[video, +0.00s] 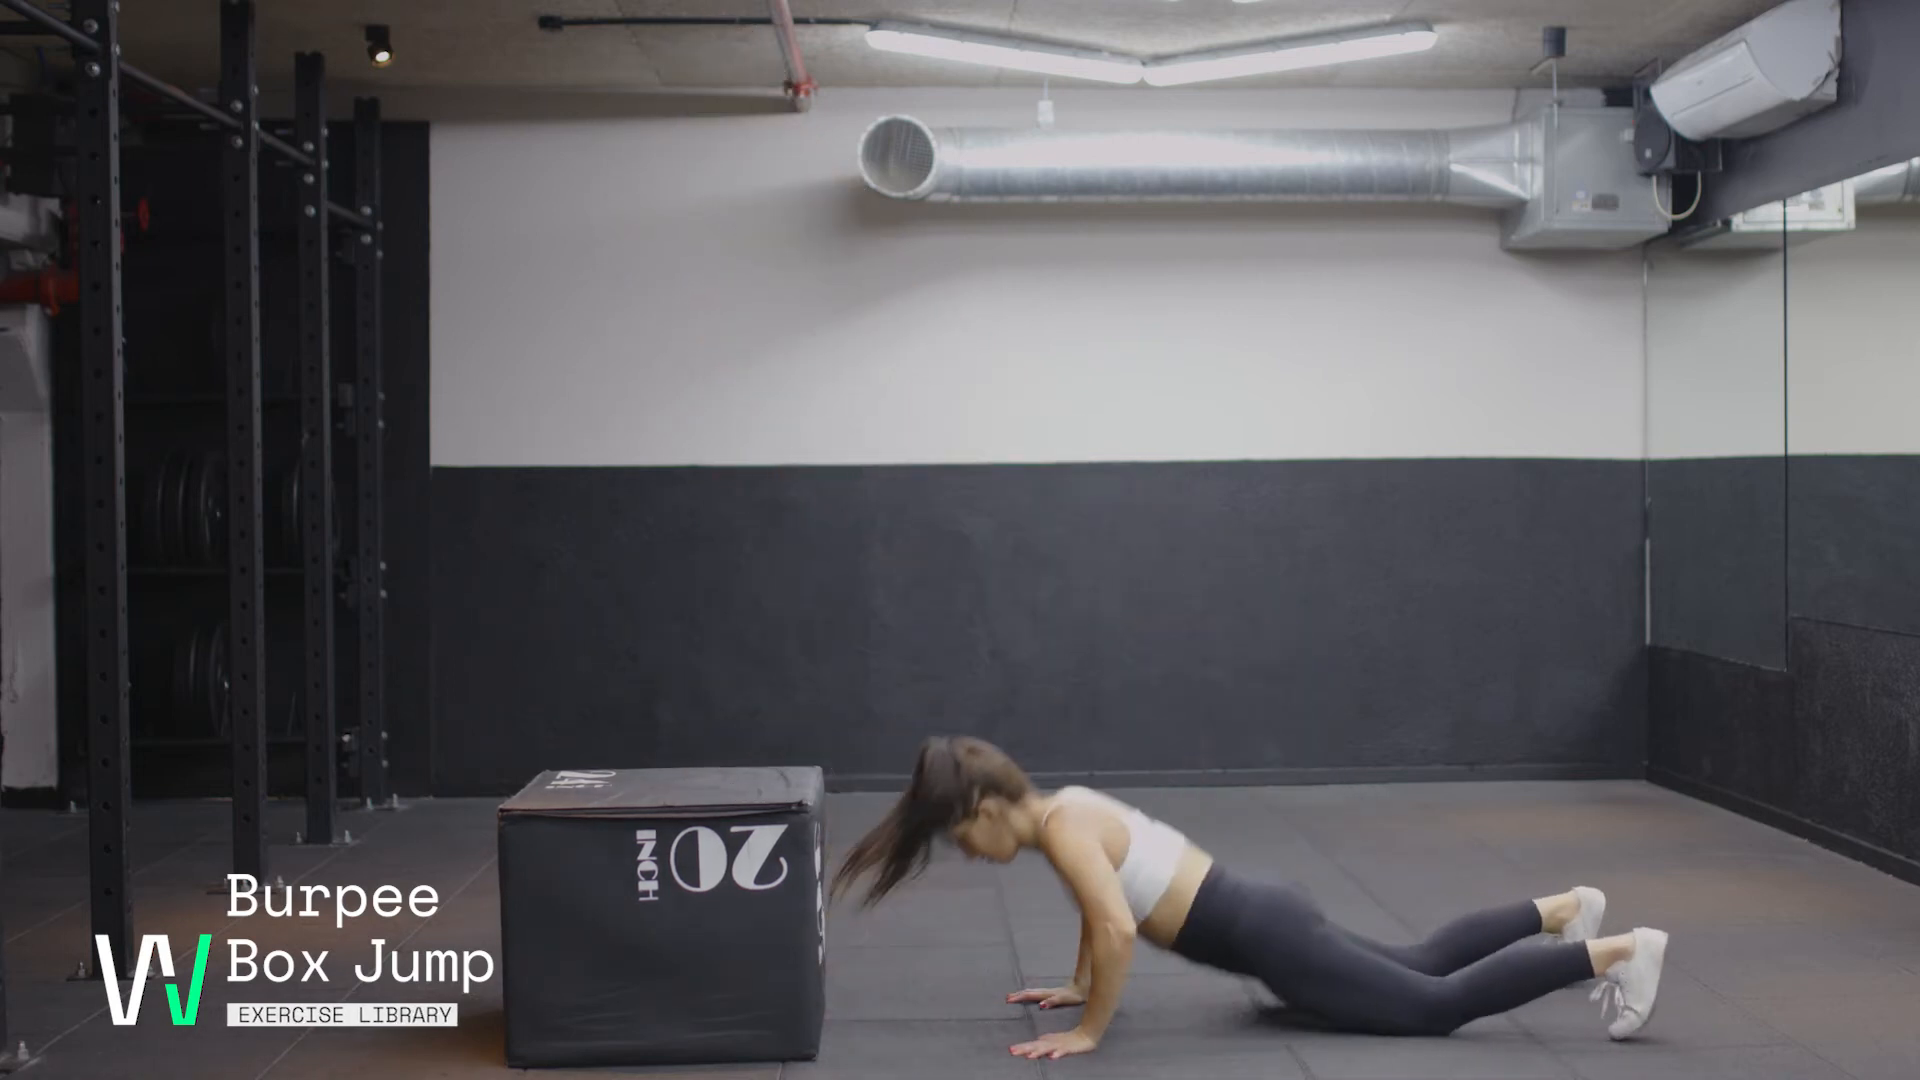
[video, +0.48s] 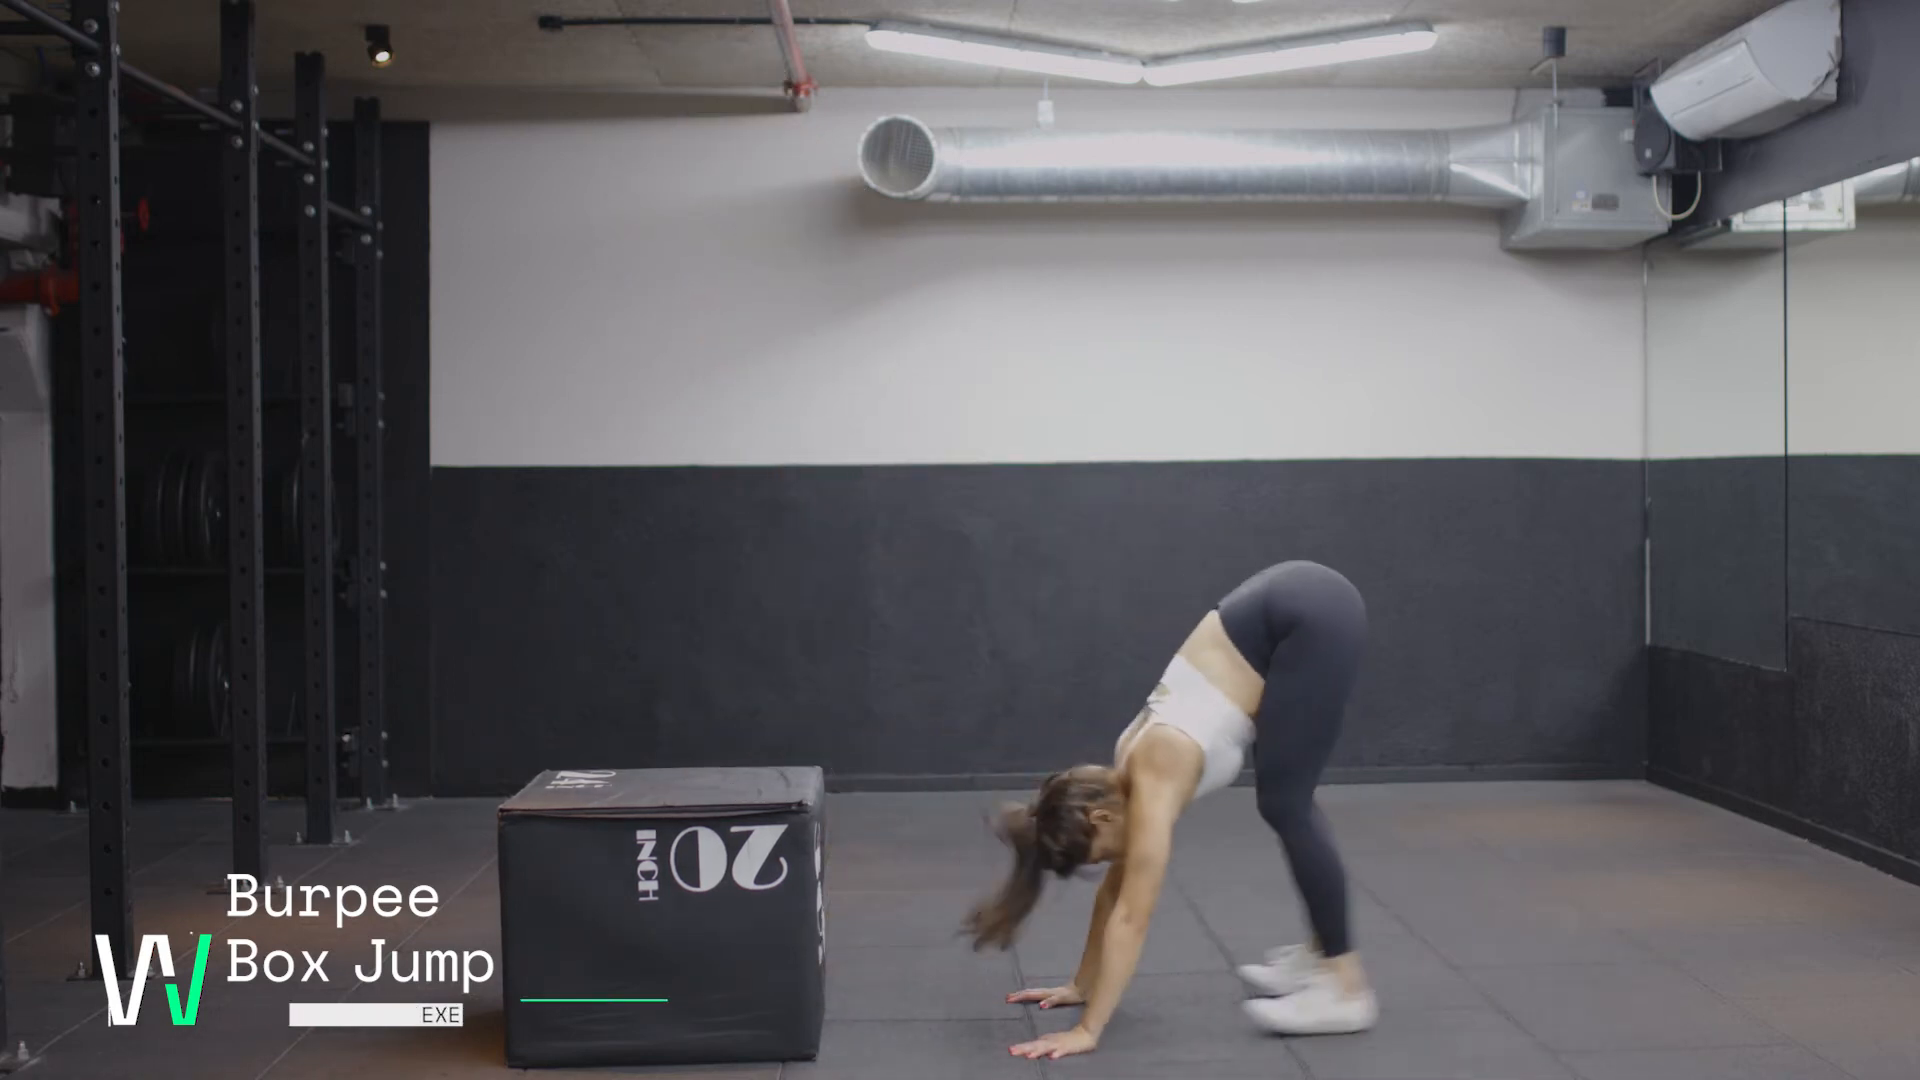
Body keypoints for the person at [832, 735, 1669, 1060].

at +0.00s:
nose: (971, 850)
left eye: (966, 835)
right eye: (962, 839)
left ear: (993, 807)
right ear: (996, 798)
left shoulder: (1067, 836)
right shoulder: (1063, 813)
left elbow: (1116, 936)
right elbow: (1106, 919)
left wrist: (1088, 1033)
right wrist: (1075, 986)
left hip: (1262, 931)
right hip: (1259, 913)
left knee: (1437, 1005)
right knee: (1416, 969)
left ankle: (1606, 956)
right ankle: (1563, 914)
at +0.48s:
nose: (1105, 860)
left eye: (1095, 854)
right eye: (1094, 860)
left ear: (1099, 817)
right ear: (1095, 806)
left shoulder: (1156, 776)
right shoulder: (1129, 767)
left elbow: (1132, 916)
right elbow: (1115, 891)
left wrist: (1090, 1030)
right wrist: (1082, 987)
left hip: (1315, 614)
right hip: (1290, 608)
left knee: (1288, 803)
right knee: (1284, 800)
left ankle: (1348, 985)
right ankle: (1325, 955)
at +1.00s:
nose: (1057, 421)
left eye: (1061, 403)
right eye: (1054, 406)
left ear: (1101, 395)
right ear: (1102, 398)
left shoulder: (1170, 466)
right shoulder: (1155, 469)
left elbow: (1230, 586)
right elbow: (1217, 589)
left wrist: (1280, 693)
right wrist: (1253, 679)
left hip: (1323, 618)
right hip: (1288, 619)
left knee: (1281, 804)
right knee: (1239, 788)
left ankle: (1324, 995)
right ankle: (1289, 954)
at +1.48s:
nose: (1050, 371)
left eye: (1056, 354)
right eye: (1049, 355)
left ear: (1098, 349)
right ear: (1104, 351)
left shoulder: (1135, 427)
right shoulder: (1140, 424)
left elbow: (1161, 564)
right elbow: (1166, 561)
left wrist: (1133, 678)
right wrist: (1150, 669)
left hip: (1198, 642)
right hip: (1174, 639)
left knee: (1230, 824)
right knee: (1096, 813)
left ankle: (1317, 989)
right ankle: (1031, 971)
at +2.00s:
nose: (830, 416)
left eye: (835, 398)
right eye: (828, 401)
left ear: (874, 390)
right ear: (873, 390)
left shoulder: (931, 452)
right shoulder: (918, 454)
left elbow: (1043, 517)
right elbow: (1032, 514)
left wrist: (1031, 637)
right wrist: (1004, 633)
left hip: (1048, 643)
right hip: (1029, 640)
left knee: (966, 810)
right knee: (963, 807)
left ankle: (1010, 995)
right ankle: (1011, 977)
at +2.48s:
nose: (720, 253)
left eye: (723, 236)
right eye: (716, 240)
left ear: (762, 222)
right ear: (767, 223)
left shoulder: (809, 282)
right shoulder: (808, 286)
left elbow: (701, 347)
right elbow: (724, 368)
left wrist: (602, 313)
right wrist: (624, 323)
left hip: (945, 469)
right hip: (939, 466)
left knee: (787, 564)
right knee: (799, 557)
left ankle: (891, 707)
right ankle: (899, 690)